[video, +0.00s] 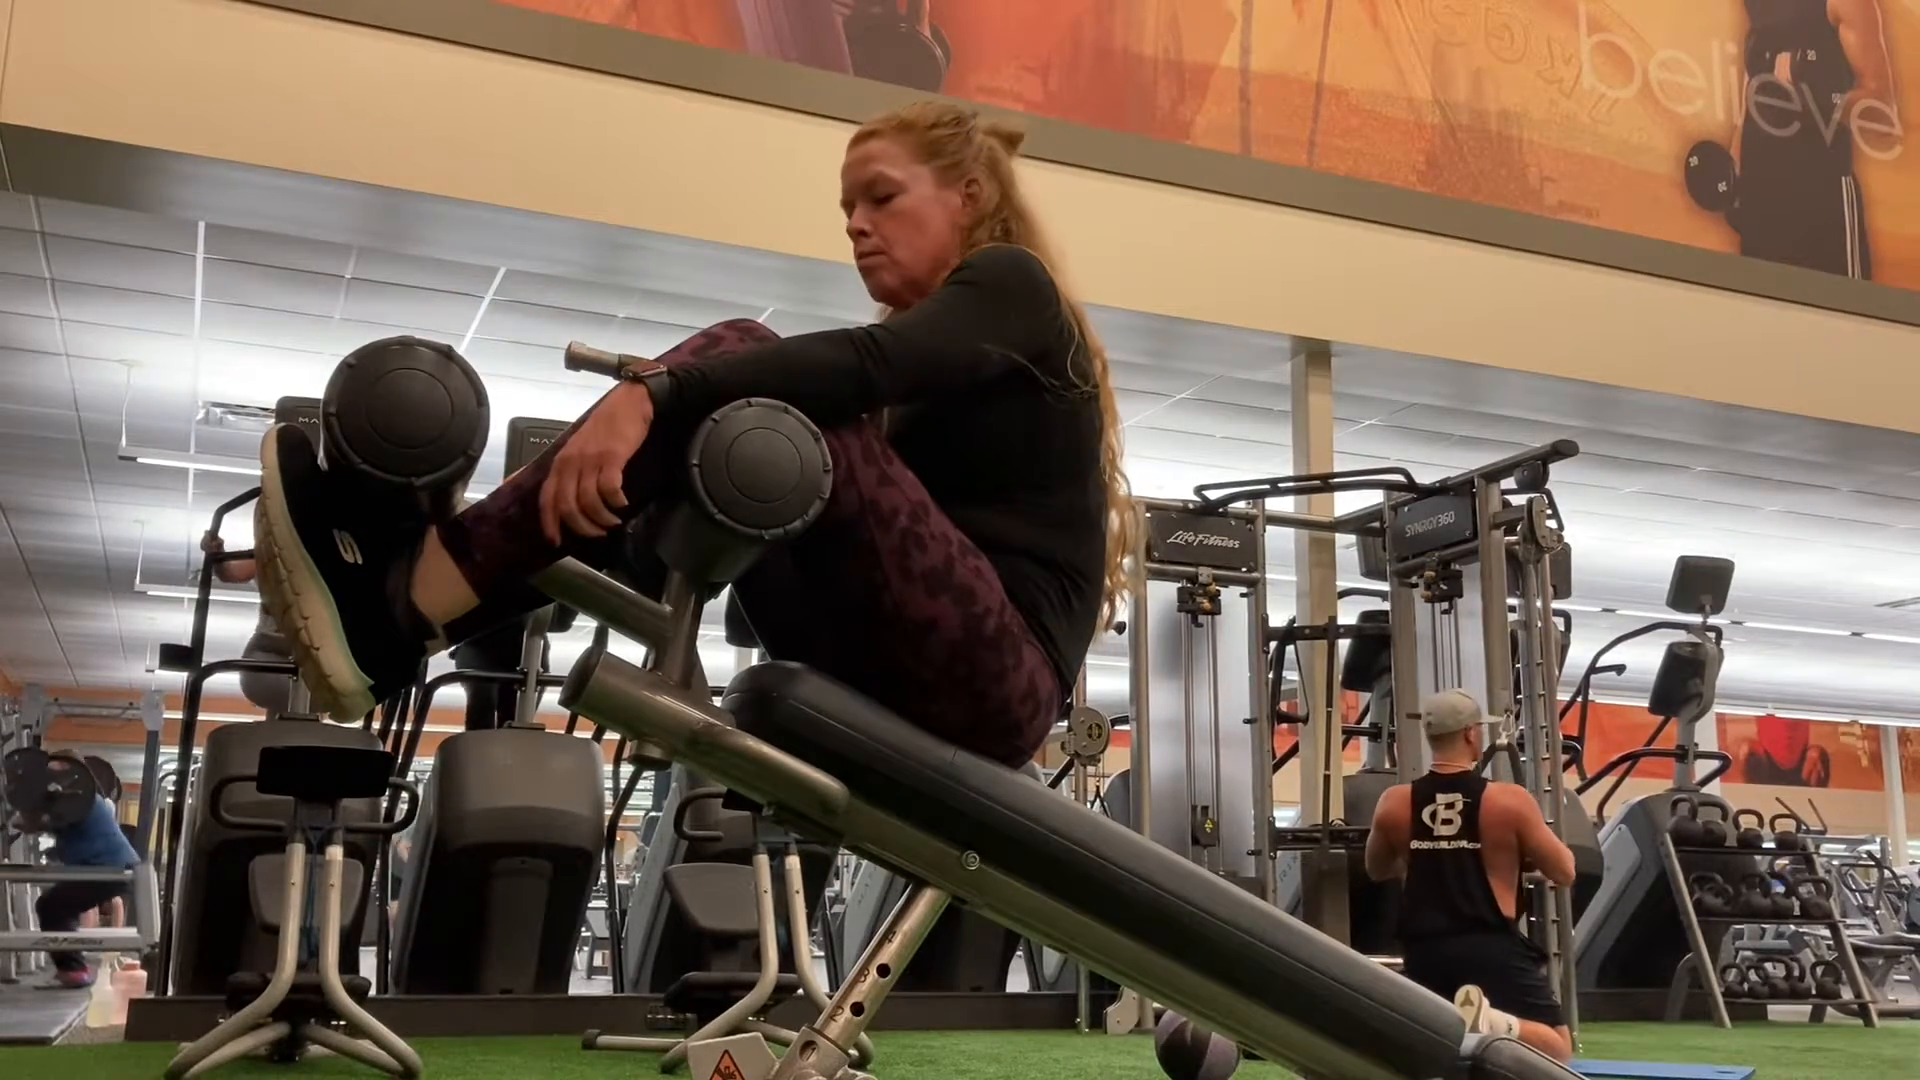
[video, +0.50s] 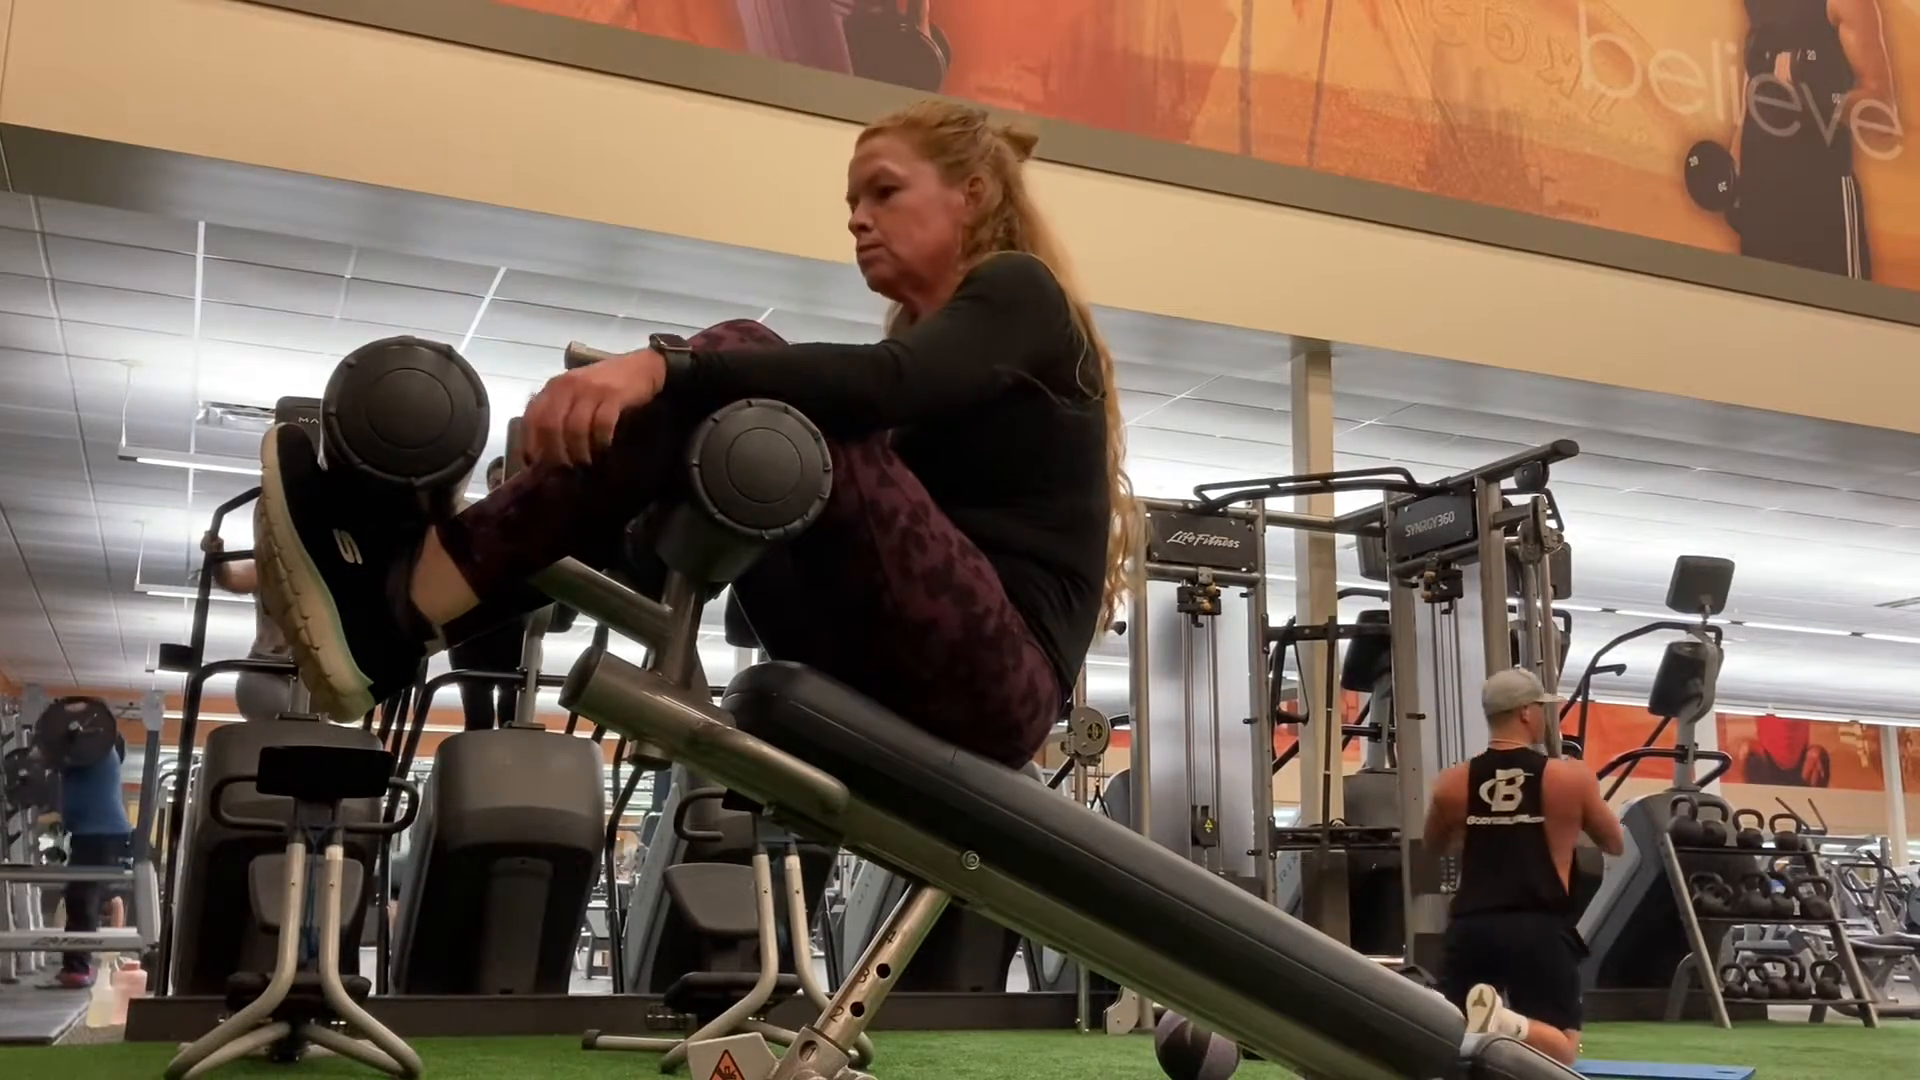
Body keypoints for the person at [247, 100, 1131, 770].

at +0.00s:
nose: (855, 232)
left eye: (882, 202)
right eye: (851, 213)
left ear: (970, 200)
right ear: (864, 227)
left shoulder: (1015, 291)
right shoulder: (908, 344)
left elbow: (863, 370)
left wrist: (647, 392)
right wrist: (669, 400)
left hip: (994, 677)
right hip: (880, 653)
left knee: (776, 378)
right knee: (739, 354)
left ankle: (421, 602)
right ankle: (411, 596)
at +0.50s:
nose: (857, 227)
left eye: (884, 197)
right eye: (855, 209)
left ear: (974, 196)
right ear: (876, 227)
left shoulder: (1022, 294)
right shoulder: (916, 344)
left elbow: (885, 385)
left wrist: (664, 369)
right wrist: (634, 378)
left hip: (993, 677)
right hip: (883, 652)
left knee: (761, 365)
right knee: (738, 357)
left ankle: (426, 597)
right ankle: (414, 592)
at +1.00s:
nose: (890, 239)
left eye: (915, 211)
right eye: (885, 217)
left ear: (999, 208)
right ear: (892, 224)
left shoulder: (1040, 301)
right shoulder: (909, 330)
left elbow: (933, 374)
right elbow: (807, 387)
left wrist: (721, 271)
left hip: (997, 671)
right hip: (891, 647)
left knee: (746, 364)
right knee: (717, 404)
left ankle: (429, 592)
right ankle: (411, 592)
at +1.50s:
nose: (945, 216)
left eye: (964, 202)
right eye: (946, 198)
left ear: (1039, 198)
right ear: (1019, 204)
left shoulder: (1099, 308)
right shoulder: (959, 353)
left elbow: (941, 225)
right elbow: (859, 464)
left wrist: (1018, 239)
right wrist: (662, 401)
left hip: (992, 675)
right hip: (895, 653)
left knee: (752, 358)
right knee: (706, 432)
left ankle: (424, 599)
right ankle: (403, 590)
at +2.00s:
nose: (968, 197)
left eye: (1003, 185)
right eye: (976, 184)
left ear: (1078, 226)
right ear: (996, 233)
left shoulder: (1085, 309)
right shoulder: (969, 377)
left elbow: (996, 432)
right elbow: (838, 455)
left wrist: (834, 283)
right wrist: (638, 379)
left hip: (992, 672)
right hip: (904, 658)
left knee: (751, 361)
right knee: (723, 418)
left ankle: (423, 601)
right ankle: (406, 598)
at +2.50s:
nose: (911, 204)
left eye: (943, 183)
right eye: (918, 186)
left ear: (1024, 210)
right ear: (986, 215)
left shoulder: (1053, 298)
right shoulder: (931, 355)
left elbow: (908, 331)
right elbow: (806, 458)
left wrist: (676, 256)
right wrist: (593, 424)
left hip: (993, 676)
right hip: (880, 649)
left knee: (752, 364)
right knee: (723, 392)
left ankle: (416, 606)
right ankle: (407, 587)